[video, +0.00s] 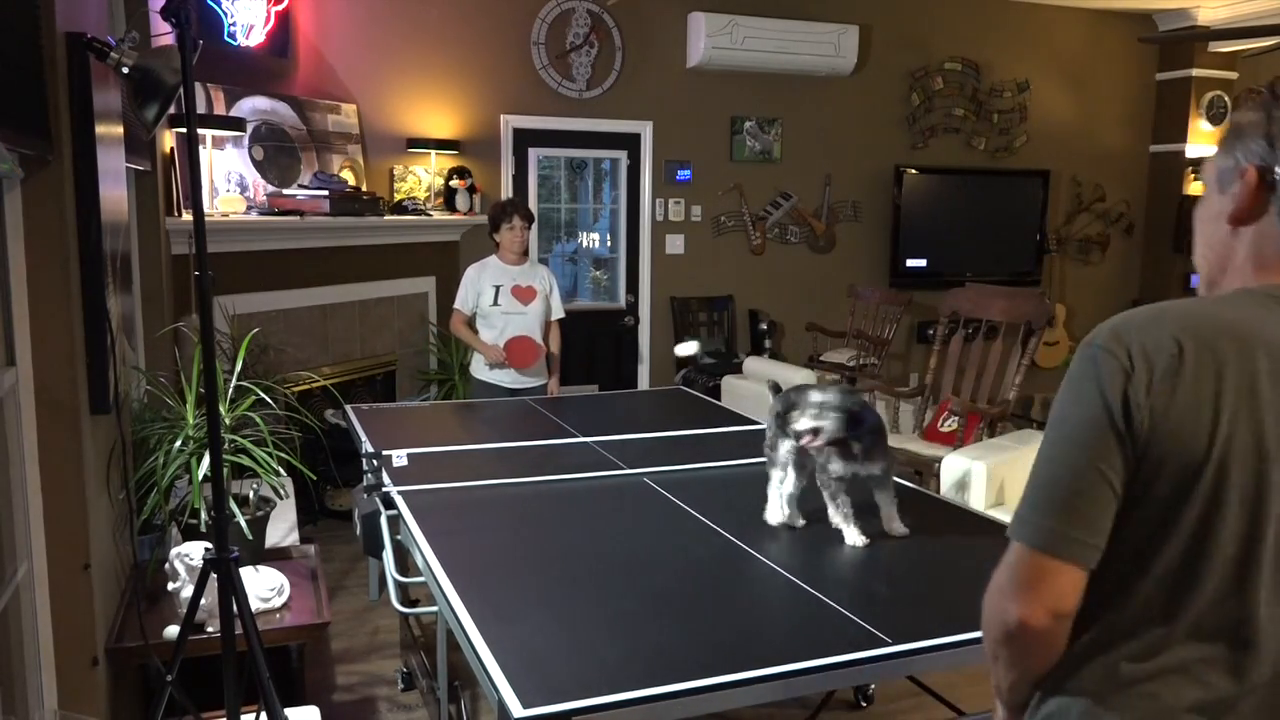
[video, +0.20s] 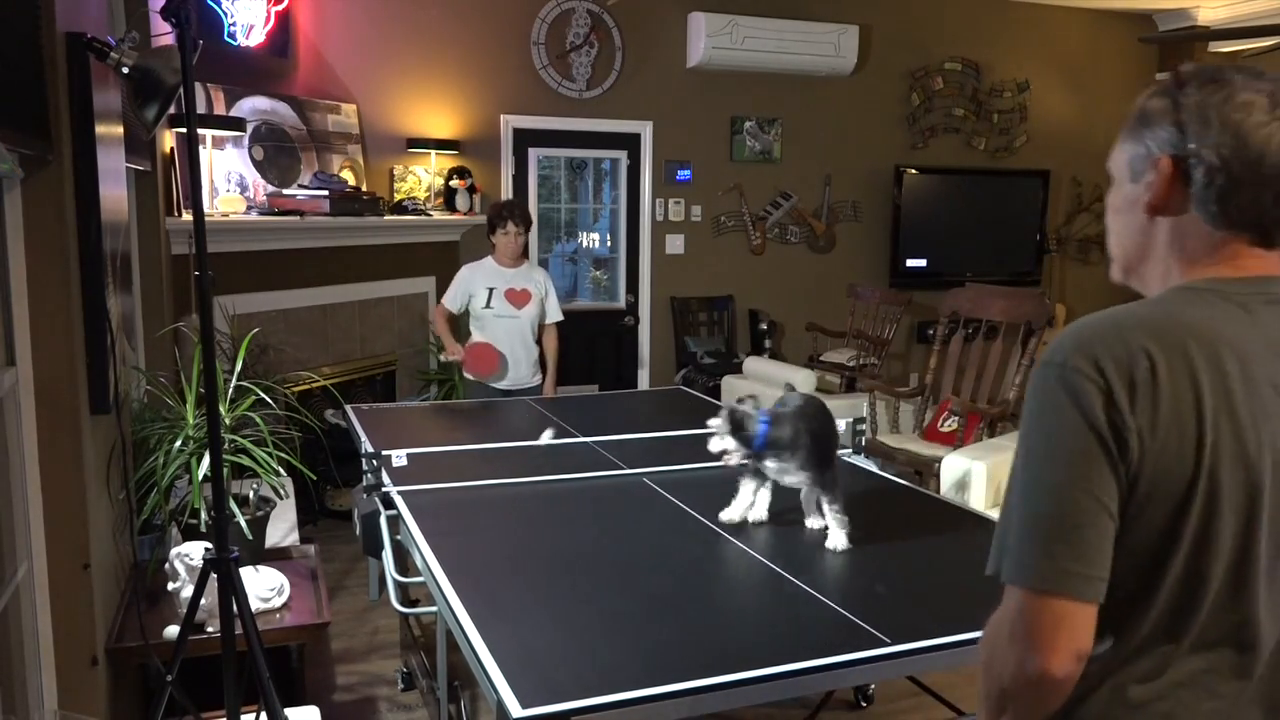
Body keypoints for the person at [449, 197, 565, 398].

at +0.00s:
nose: (520, 234)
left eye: (524, 228)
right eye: (511, 228)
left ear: (529, 232)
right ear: (496, 235)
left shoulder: (543, 275)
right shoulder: (477, 273)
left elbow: (552, 327)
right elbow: (456, 323)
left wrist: (554, 375)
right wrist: (485, 349)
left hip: (534, 383)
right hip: (489, 383)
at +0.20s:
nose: (512, 241)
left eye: (519, 234)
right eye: (505, 234)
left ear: (526, 237)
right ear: (492, 237)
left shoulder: (539, 277)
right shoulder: (471, 274)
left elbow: (549, 330)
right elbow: (439, 314)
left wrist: (550, 379)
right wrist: (450, 343)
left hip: (527, 384)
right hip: (482, 385)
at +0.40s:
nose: (496, 245)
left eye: (502, 238)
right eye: (488, 237)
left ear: (510, 243)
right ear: (475, 242)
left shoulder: (520, 282)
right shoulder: (453, 277)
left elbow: (530, 334)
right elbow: (409, 313)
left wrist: (533, 385)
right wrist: (429, 326)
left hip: (508, 391)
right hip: (460, 391)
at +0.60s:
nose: (477, 242)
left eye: (484, 236)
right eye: (469, 235)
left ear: (491, 243)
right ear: (455, 241)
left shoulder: (496, 279)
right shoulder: (441, 269)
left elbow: (499, 333)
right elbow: (419, 285)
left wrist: (503, 379)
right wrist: (437, 286)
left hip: (484, 384)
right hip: (439, 385)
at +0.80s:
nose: (468, 237)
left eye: (475, 231)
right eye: (459, 231)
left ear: (482, 239)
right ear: (446, 239)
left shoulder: (488, 276)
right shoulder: (436, 267)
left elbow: (492, 332)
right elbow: (419, 280)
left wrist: (495, 379)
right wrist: (441, 284)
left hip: (474, 384)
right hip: (431, 386)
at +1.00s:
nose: (468, 236)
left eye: (475, 230)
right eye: (459, 229)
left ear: (482, 237)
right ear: (446, 237)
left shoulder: (489, 277)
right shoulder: (432, 268)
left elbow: (494, 335)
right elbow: (405, 287)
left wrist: (496, 383)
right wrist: (425, 298)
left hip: (474, 388)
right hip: (430, 389)